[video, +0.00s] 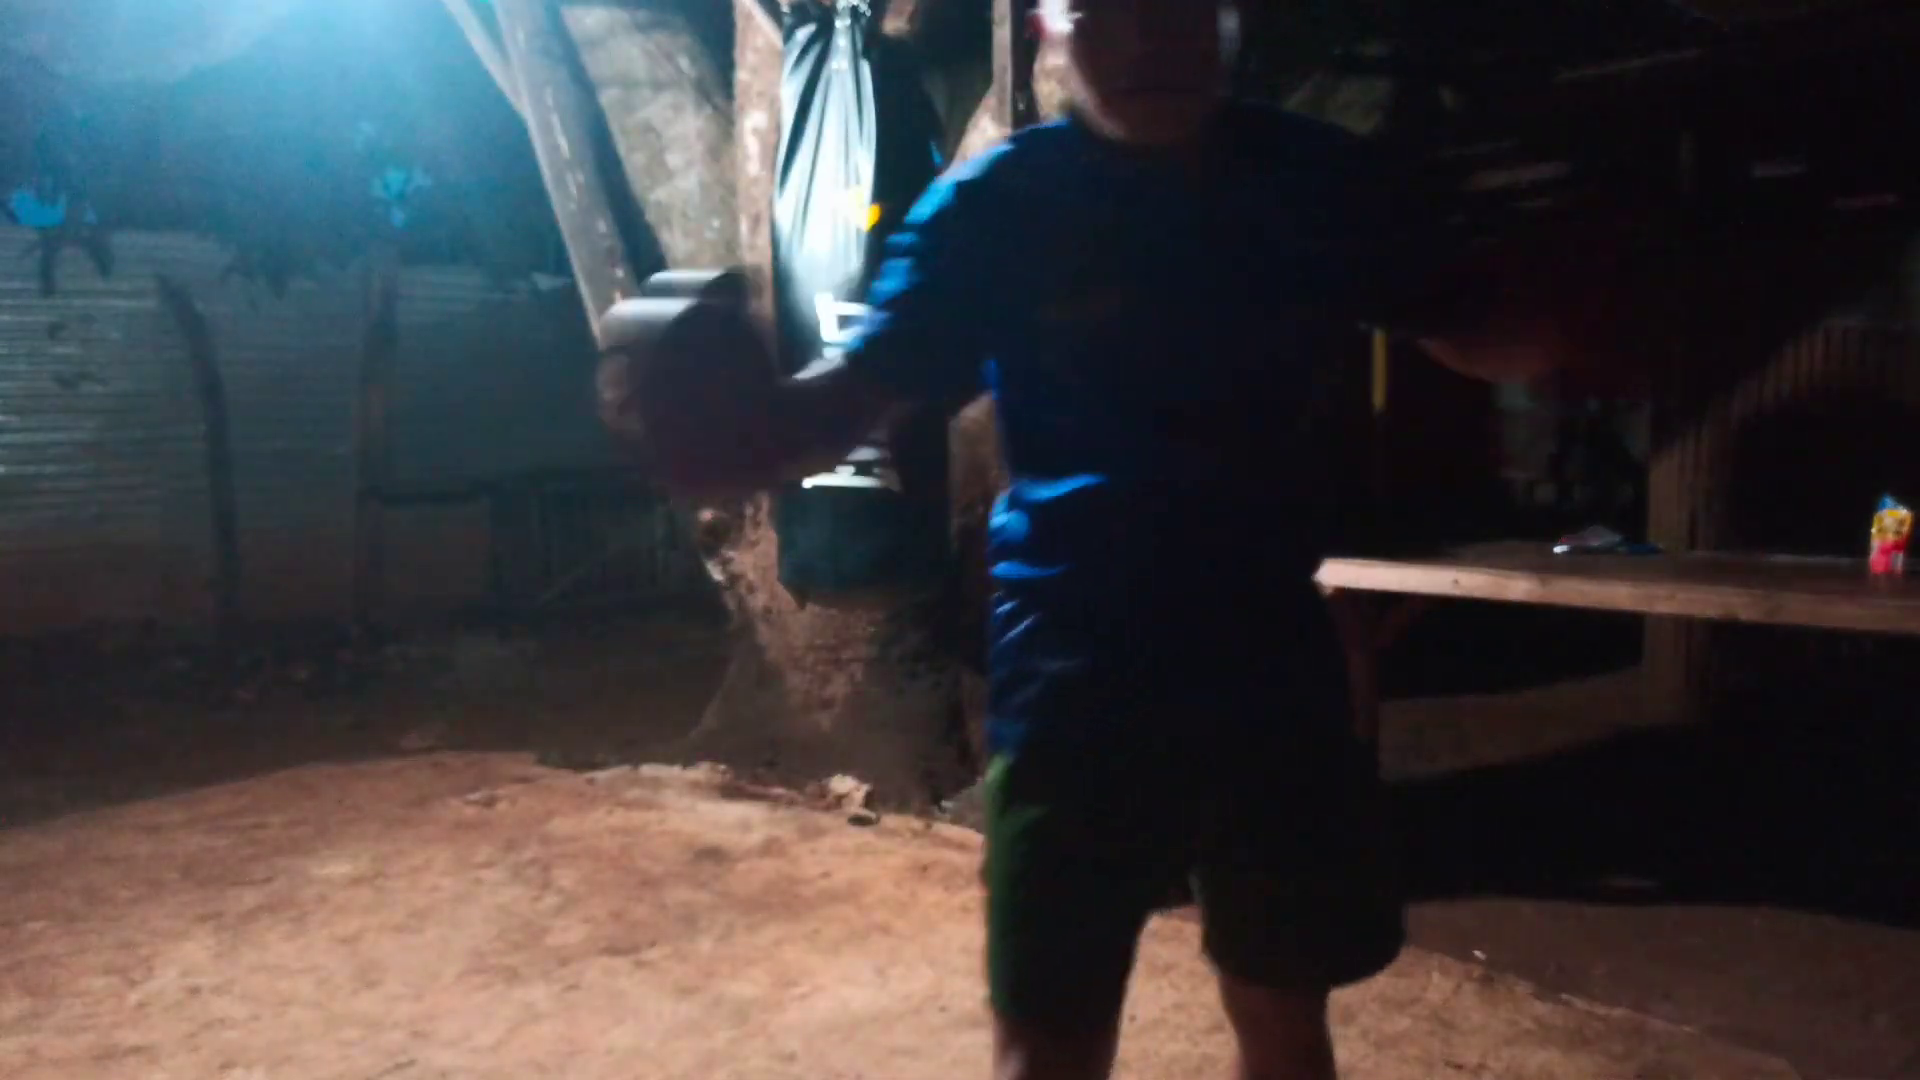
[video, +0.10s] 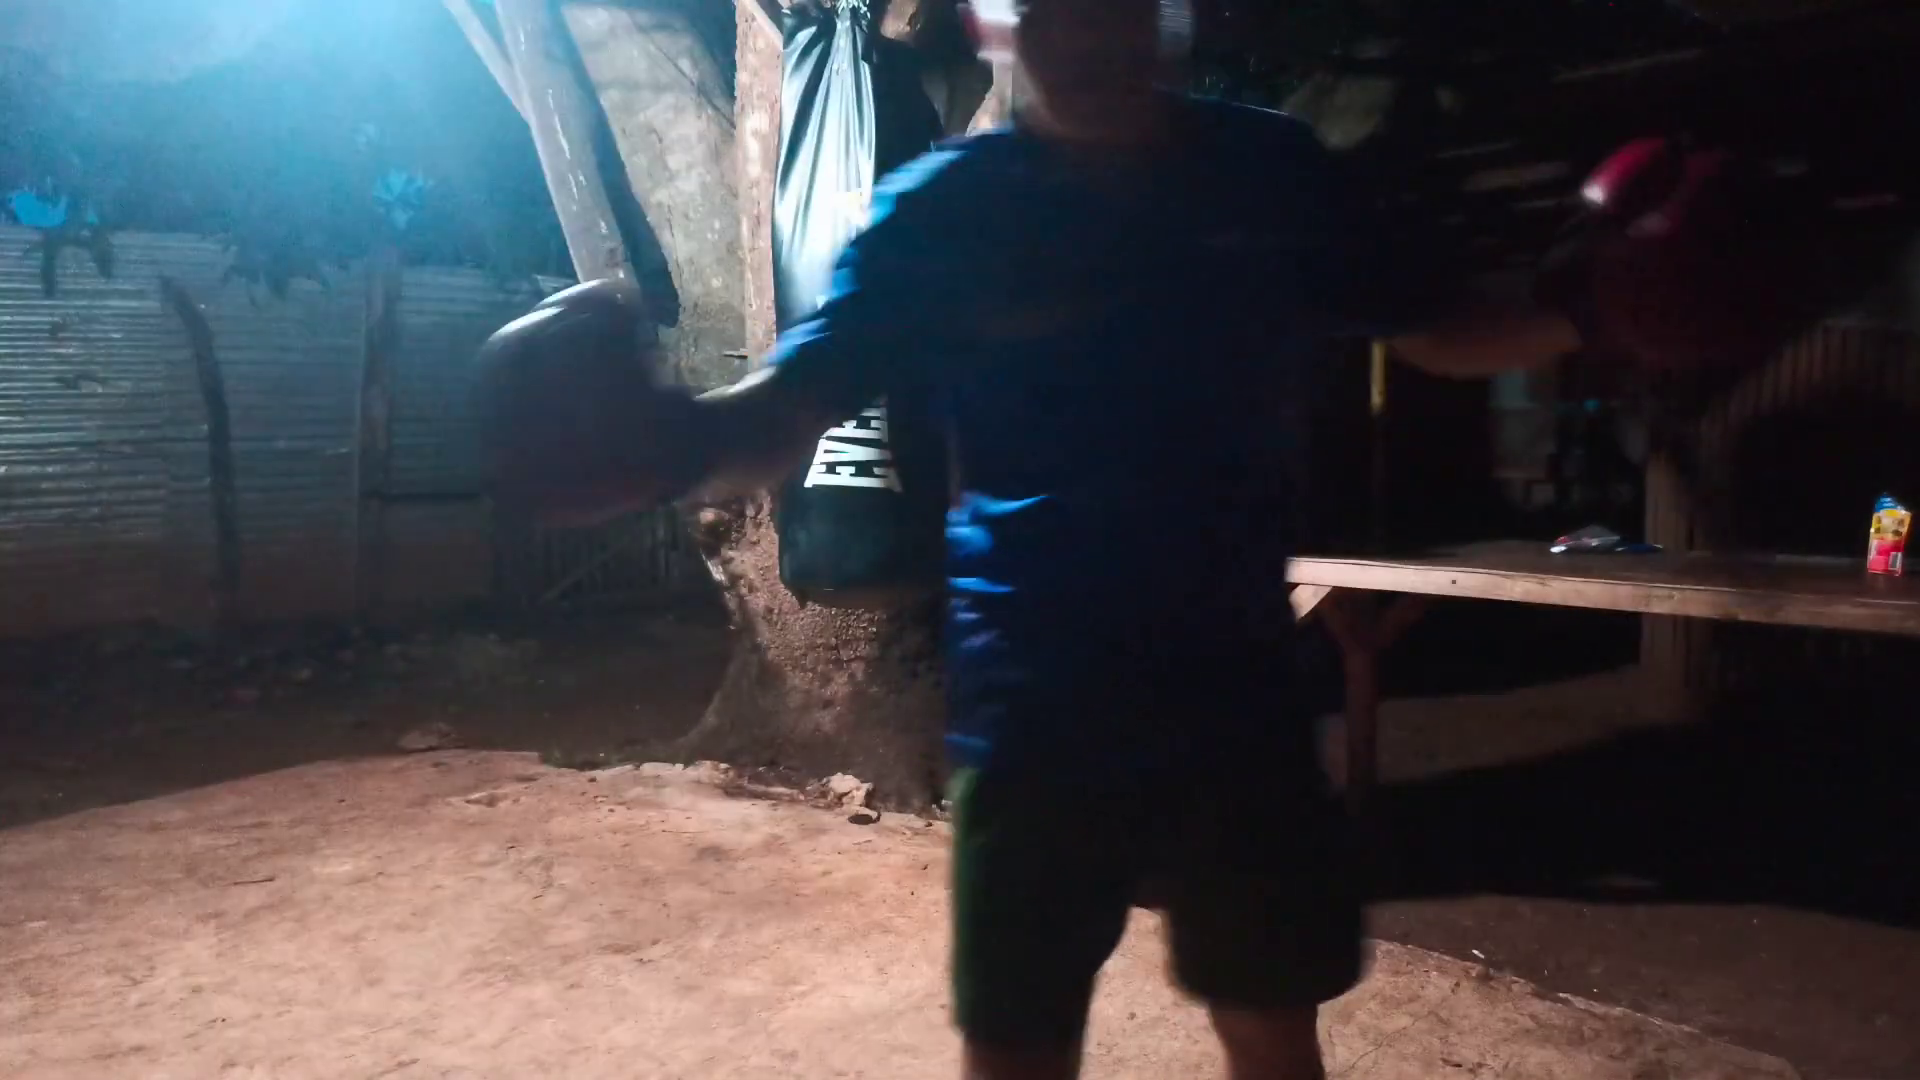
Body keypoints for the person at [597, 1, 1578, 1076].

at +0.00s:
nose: (1144, 44)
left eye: (1174, 14)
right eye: (1108, 16)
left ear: (1223, 25)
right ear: (1053, 38)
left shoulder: (1308, 175)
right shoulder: (1006, 197)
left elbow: (1470, 332)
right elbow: (871, 384)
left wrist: (1572, 321)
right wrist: (744, 434)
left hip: (1267, 643)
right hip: (1073, 653)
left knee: (1283, 1011)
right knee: (1050, 1042)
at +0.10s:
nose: (1090, 48)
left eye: (1119, 20)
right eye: (1052, 26)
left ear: (1166, 25)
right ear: (992, 34)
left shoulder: (1267, 172)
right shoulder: (936, 215)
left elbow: (1436, 329)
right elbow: (781, 416)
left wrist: (1588, 305)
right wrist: (648, 439)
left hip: (1234, 681)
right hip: (1033, 698)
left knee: (1275, 1027)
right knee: (1011, 1047)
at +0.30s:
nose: (978, 32)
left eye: (1006, 6)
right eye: (934, 12)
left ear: (1061, 11)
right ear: (874, 30)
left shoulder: (1182, 140)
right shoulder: (834, 189)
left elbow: (1309, 381)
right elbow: (785, 437)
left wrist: (1200, 468)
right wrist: (835, 507)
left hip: (1169, 681)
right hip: (955, 704)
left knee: (1264, 1026)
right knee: (964, 1056)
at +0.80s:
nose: (831, 92)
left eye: (861, 56)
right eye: (799, 52)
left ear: (941, 13)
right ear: (767, 28)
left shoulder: (1122, 114)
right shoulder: (730, 176)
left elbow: (1324, 348)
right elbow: (661, 439)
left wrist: (1180, 460)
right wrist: (733, 498)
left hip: (1119, 744)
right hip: (889, 759)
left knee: (1161, 1056)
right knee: (915, 1060)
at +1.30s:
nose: (926, 10)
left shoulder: (1270, 130)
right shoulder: (897, 142)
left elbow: (1401, 455)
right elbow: (829, 407)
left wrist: (1164, 452)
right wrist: (770, 387)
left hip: (1163, 794)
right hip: (909, 781)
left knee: (1202, 1064)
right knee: (859, 1059)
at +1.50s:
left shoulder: (1319, 130)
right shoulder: (919, 140)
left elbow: (1444, 449)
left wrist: (1228, 397)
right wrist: (824, 460)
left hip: (1219, 781)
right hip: (958, 770)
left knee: (1241, 1072)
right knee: (897, 1065)